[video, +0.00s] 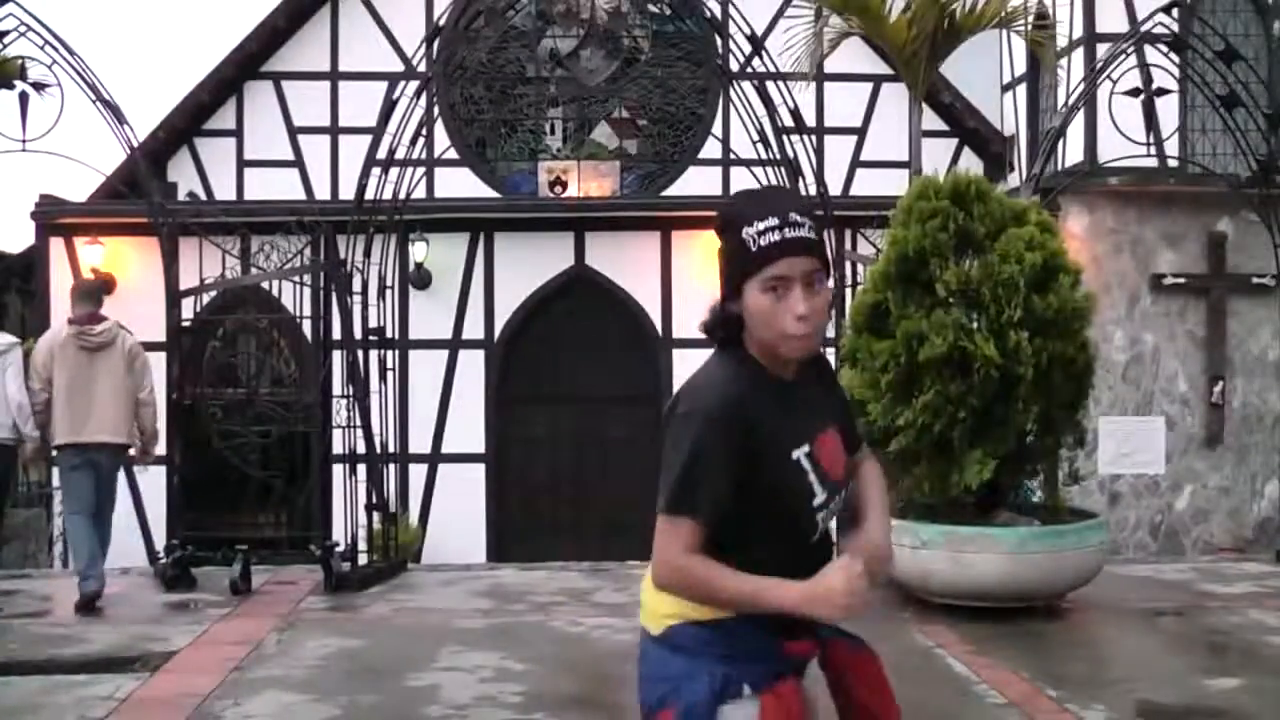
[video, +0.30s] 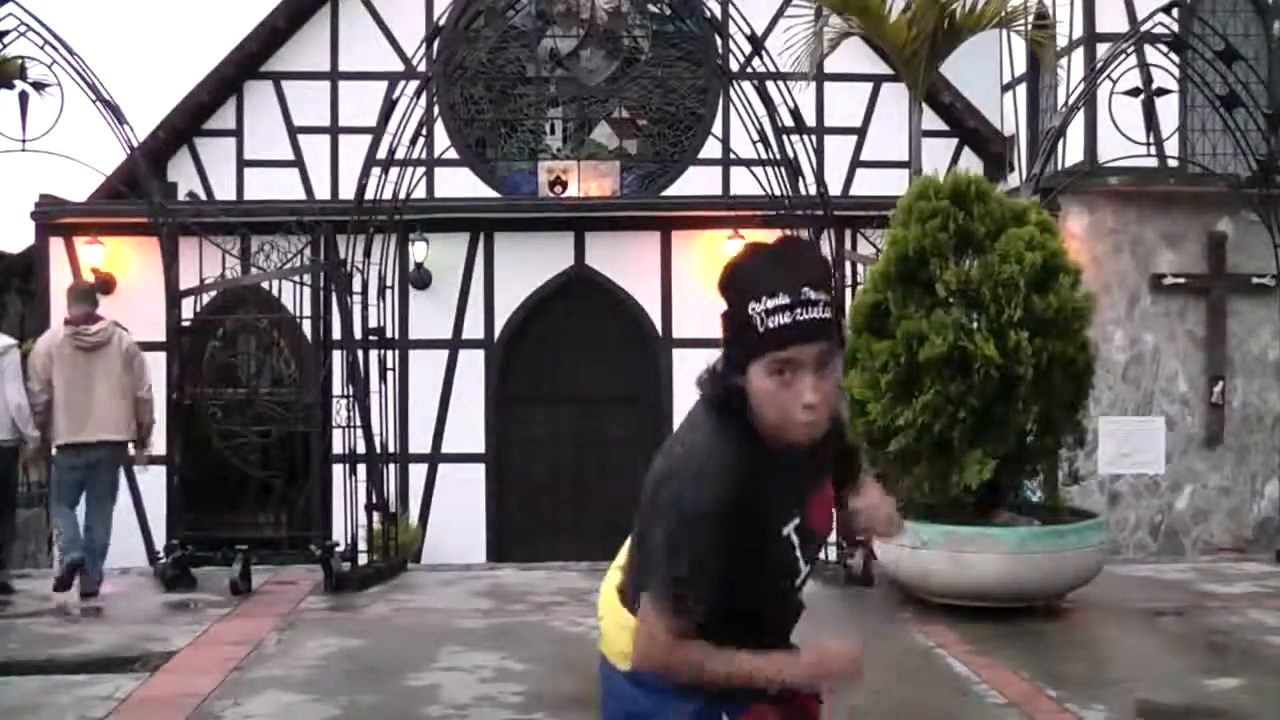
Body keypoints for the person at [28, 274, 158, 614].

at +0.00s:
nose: (78, 310)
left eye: (75, 304)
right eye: (88, 305)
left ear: (72, 303)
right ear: (102, 304)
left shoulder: (51, 342)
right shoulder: (126, 342)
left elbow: (39, 398)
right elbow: (145, 396)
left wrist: (41, 436)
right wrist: (148, 444)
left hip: (71, 438)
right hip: (111, 438)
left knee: (77, 512)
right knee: (102, 514)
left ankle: (89, 584)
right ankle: (91, 583)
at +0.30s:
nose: (74, 311)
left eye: (72, 305)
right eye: (81, 304)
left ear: (68, 305)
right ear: (97, 305)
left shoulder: (48, 344)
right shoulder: (123, 341)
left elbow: (39, 398)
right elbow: (143, 394)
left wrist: (42, 435)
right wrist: (143, 439)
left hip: (70, 442)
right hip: (111, 440)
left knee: (62, 504)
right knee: (100, 512)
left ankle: (72, 555)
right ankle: (91, 583)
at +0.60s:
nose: (79, 315)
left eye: (74, 309)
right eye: (88, 308)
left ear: (66, 310)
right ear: (96, 308)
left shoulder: (48, 344)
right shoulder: (123, 341)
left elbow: (42, 396)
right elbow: (138, 394)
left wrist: (52, 428)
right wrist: (126, 428)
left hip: (68, 437)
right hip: (107, 436)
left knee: (69, 507)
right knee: (97, 508)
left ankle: (71, 574)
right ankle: (88, 579)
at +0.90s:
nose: (80, 316)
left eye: (75, 310)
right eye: (89, 310)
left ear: (67, 311)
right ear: (96, 310)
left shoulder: (47, 344)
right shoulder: (120, 342)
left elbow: (43, 394)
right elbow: (136, 394)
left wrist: (54, 427)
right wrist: (134, 432)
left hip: (66, 435)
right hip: (104, 434)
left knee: (71, 505)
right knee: (98, 504)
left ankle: (74, 571)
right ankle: (88, 569)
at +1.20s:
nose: (98, 316)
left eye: (91, 311)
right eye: (101, 311)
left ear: (77, 311)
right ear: (105, 311)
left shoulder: (55, 341)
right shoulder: (124, 343)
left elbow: (47, 386)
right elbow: (137, 394)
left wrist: (55, 419)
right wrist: (141, 436)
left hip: (69, 429)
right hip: (107, 431)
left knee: (77, 497)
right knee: (108, 490)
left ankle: (80, 568)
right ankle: (93, 543)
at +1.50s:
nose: (102, 316)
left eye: (99, 312)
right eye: (108, 312)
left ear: (89, 314)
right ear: (117, 313)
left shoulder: (66, 343)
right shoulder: (136, 344)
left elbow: (52, 392)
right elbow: (150, 394)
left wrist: (64, 419)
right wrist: (155, 433)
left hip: (82, 430)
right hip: (123, 432)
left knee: (84, 500)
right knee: (135, 493)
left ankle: (84, 569)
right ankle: (144, 556)